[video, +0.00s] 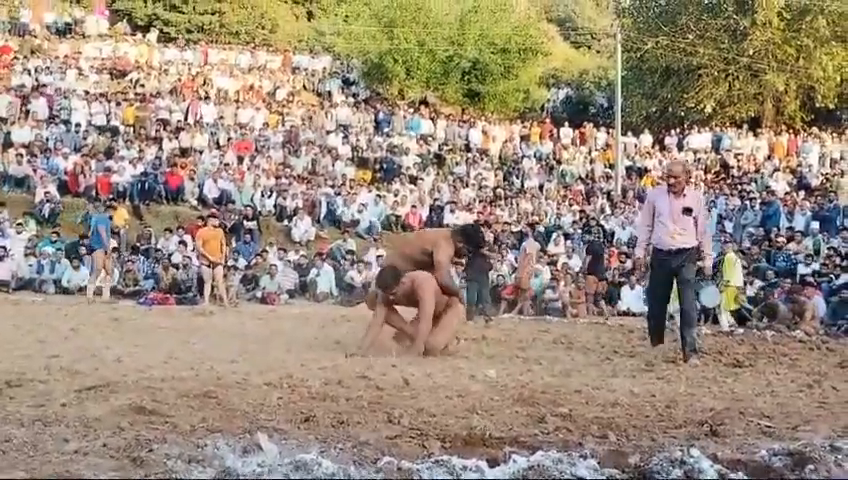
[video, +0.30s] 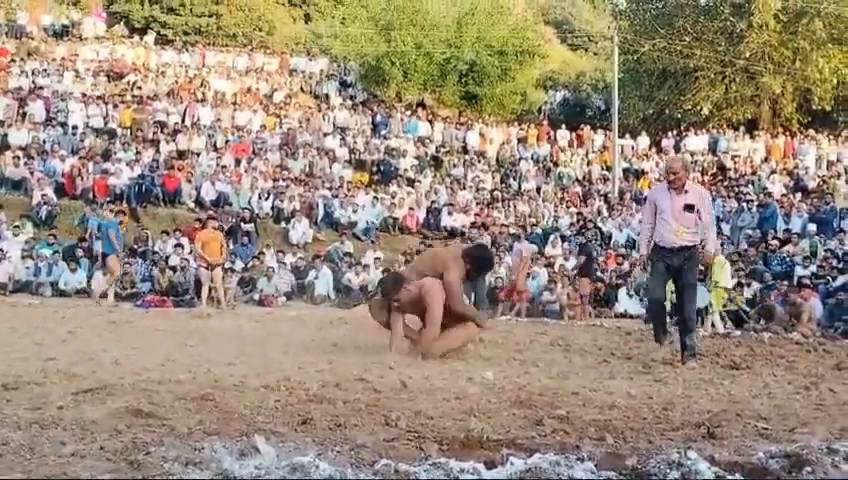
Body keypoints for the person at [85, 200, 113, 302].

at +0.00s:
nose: (114, 214)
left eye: (115, 212)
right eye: (113, 211)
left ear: (109, 211)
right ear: (110, 210)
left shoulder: (107, 221)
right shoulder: (101, 218)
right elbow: (102, 232)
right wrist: (107, 247)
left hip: (105, 247)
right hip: (97, 247)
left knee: (109, 272)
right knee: (97, 270)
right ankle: (90, 294)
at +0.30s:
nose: (123, 221)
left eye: (124, 219)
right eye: (123, 218)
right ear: (119, 216)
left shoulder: (104, 223)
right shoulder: (113, 223)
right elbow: (112, 236)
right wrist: (118, 249)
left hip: (105, 251)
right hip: (110, 252)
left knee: (112, 274)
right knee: (116, 273)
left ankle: (110, 298)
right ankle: (99, 290)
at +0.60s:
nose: (133, 219)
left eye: (133, 217)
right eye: (133, 216)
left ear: (124, 214)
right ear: (130, 215)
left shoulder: (116, 223)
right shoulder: (126, 223)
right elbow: (125, 236)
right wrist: (132, 249)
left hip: (113, 250)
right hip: (122, 251)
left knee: (115, 276)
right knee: (130, 274)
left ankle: (109, 298)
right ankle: (133, 298)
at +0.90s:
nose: (143, 221)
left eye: (143, 219)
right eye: (142, 219)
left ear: (129, 216)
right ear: (140, 218)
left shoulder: (121, 225)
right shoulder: (140, 226)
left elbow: (115, 238)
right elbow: (144, 240)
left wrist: (115, 249)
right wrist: (147, 254)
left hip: (122, 250)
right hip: (134, 251)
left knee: (123, 275)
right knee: (138, 277)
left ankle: (113, 293)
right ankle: (136, 299)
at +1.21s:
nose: (149, 220)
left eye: (149, 218)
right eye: (149, 218)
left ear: (139, 215)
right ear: (148, 217)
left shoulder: (127, 221)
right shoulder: (148, 225)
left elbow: (120, 234)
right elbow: (150, 240)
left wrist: (119, 247)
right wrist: (152, 254)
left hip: (125, 248)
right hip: (138, 249)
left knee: (125, 273)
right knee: (137, 276)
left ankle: (124, 296)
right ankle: (135, 299)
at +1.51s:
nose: (146, 223)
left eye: (146, 221)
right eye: (146, 221)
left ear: (137, 217)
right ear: (145, 219)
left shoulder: (125, 222)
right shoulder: (144, 226)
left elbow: (118, 235)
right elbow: (145, 240)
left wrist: (117, 247)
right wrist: (146, 254)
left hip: (122, 247)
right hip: (135, 249)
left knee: (124, 274)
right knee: (137, 275)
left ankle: (123, 296)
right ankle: (133, 297)